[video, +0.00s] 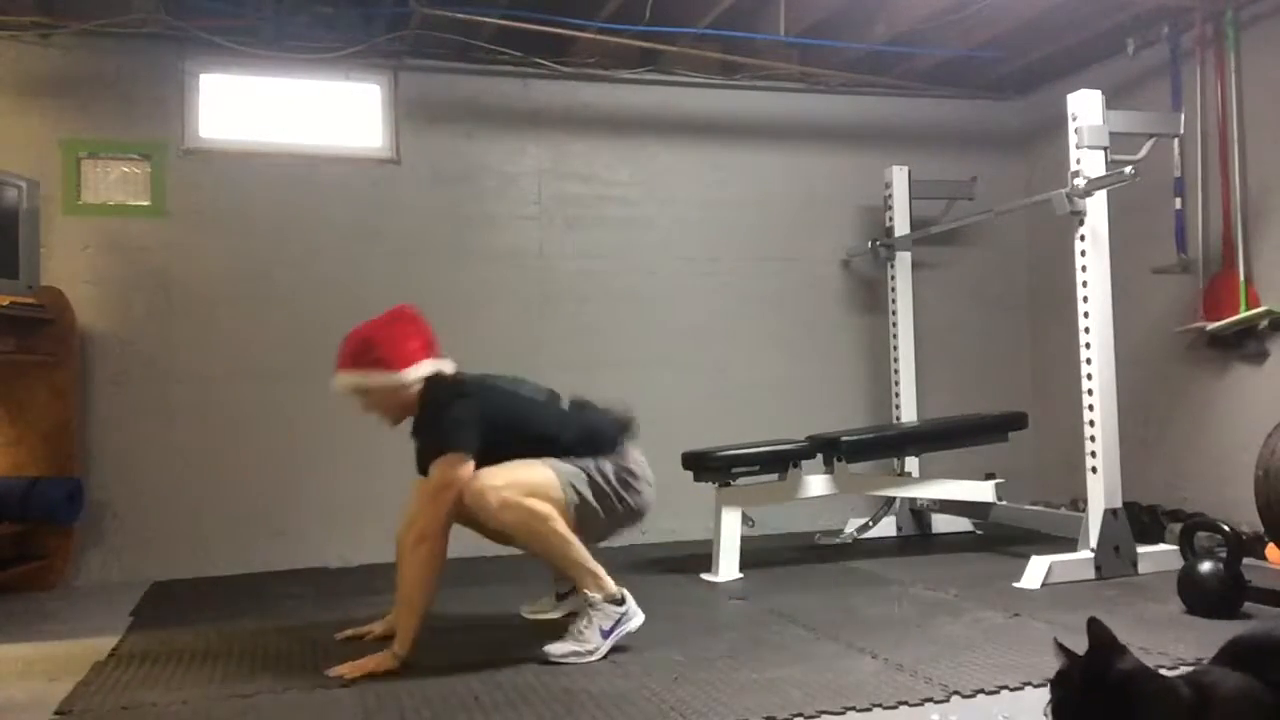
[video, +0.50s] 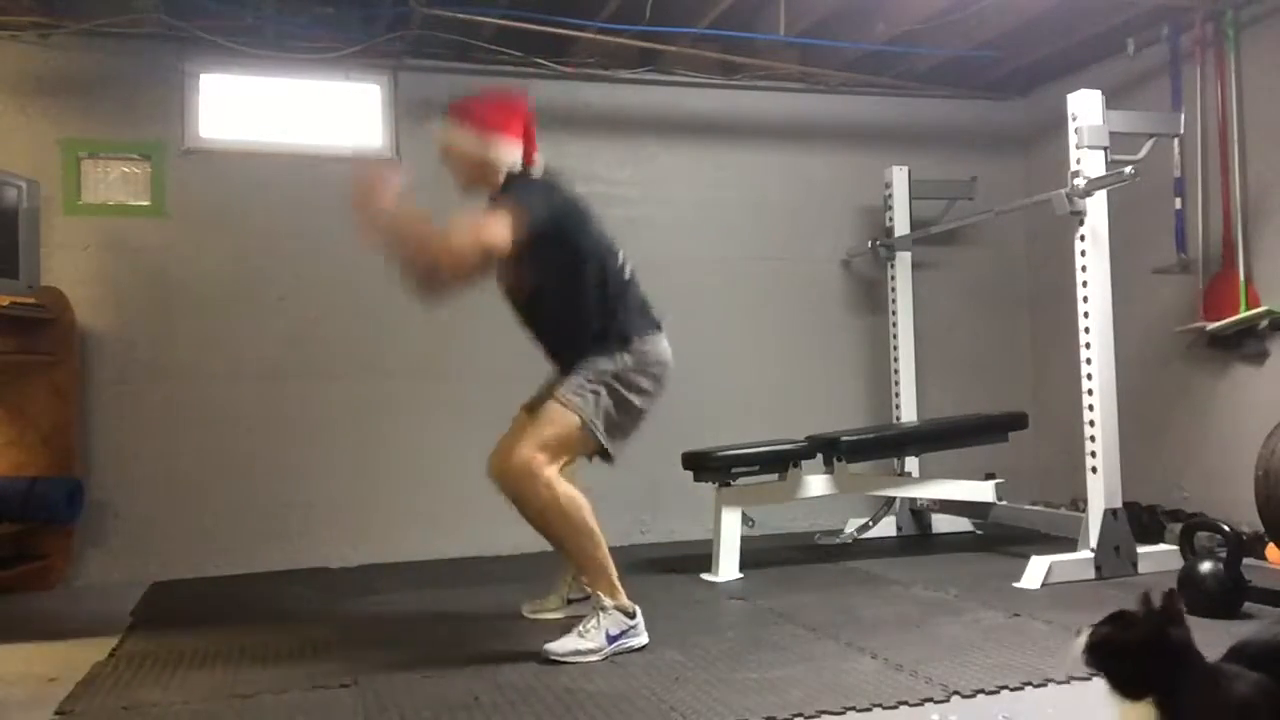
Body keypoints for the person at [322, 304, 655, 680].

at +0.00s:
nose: (365, 406)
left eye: (367, 392)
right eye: (360, 395)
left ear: (401, 379)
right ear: (405, 378)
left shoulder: (452, 407)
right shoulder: (432, 415)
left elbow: (427, 536)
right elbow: (417, 529)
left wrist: (400, 650)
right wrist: (403, 612)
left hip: (618, 475)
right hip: (586, 476)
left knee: (489, 492)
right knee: (454, 497)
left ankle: (611, 602)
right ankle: (578, 580)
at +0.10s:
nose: (388, 378)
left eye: (392, 363)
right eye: (386, 365)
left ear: (426, 357)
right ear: (428, 357)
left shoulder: (477, 396)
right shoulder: (453, 403)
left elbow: (432, 522)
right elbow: (420, 516)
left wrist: (386, 629)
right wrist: (386, 609)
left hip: (630, 478)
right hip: (592, 479)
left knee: (503, 482)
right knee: (462, 493)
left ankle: (614, 606)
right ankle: (580, 579)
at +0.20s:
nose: (405, 341)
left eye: (411, 328)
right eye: (403, 329)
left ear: (446, 324)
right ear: (446, 326)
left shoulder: (495, 367)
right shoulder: (465, 376)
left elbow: (432, 483)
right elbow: (424, 480)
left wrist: (367, 578)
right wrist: (372, 571)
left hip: (640, 453)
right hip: (600, 456)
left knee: (517, 477)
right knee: (480, 486)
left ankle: (617, 609)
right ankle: (584, 581)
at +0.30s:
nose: (422, 291)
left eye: (428, 278)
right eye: (420, 279)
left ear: (462, 277)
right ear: (465, 280)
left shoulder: (506, 323)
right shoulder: (478, 333)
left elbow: (443, 430)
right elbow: (438, 430)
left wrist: (359, 484)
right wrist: (361, 488)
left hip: (641, 422)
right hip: (601, 428)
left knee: (520, 473)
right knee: (489, 478)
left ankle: (618, 610)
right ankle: (586, 575)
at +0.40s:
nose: (432, 230)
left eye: (439, 217)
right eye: (431, 218)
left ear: (478, 214)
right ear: (479, 217)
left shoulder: (517, 264)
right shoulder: (490, 274)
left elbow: (448, 350)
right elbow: (435, 365)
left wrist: (361, 349)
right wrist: (353, 357)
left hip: (638, 391)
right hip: (597, 394)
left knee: (523, 470)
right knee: (501, 473)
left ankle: (619, 611)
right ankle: (587, 577)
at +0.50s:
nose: (446, 153)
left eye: (457, 140)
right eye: (449, 140)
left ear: (493, 145)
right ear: (499, 147)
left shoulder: (533, 199)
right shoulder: (503, 207)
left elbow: (451, 256)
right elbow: (437, 279)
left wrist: (391, 211)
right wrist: (393, 226)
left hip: (627, 355)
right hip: (590, 359)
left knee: (525, 462)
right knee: (512, 465)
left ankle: (619, 609)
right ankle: (588, 574)